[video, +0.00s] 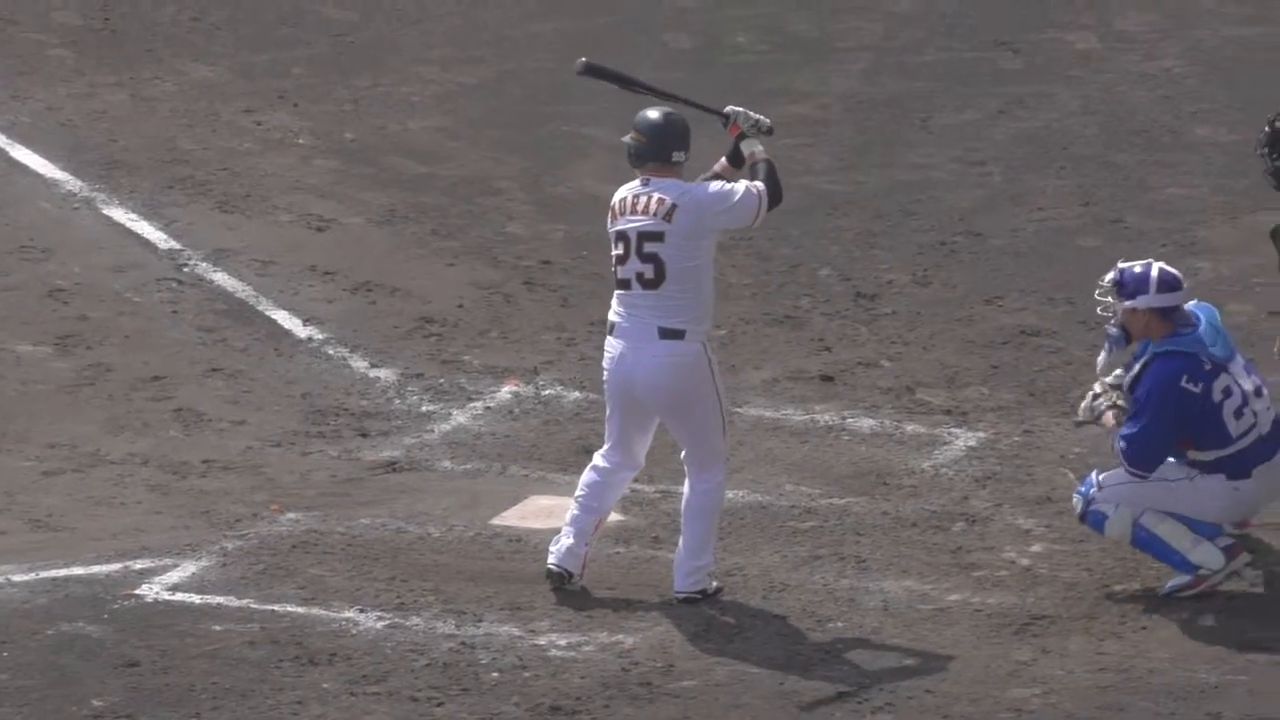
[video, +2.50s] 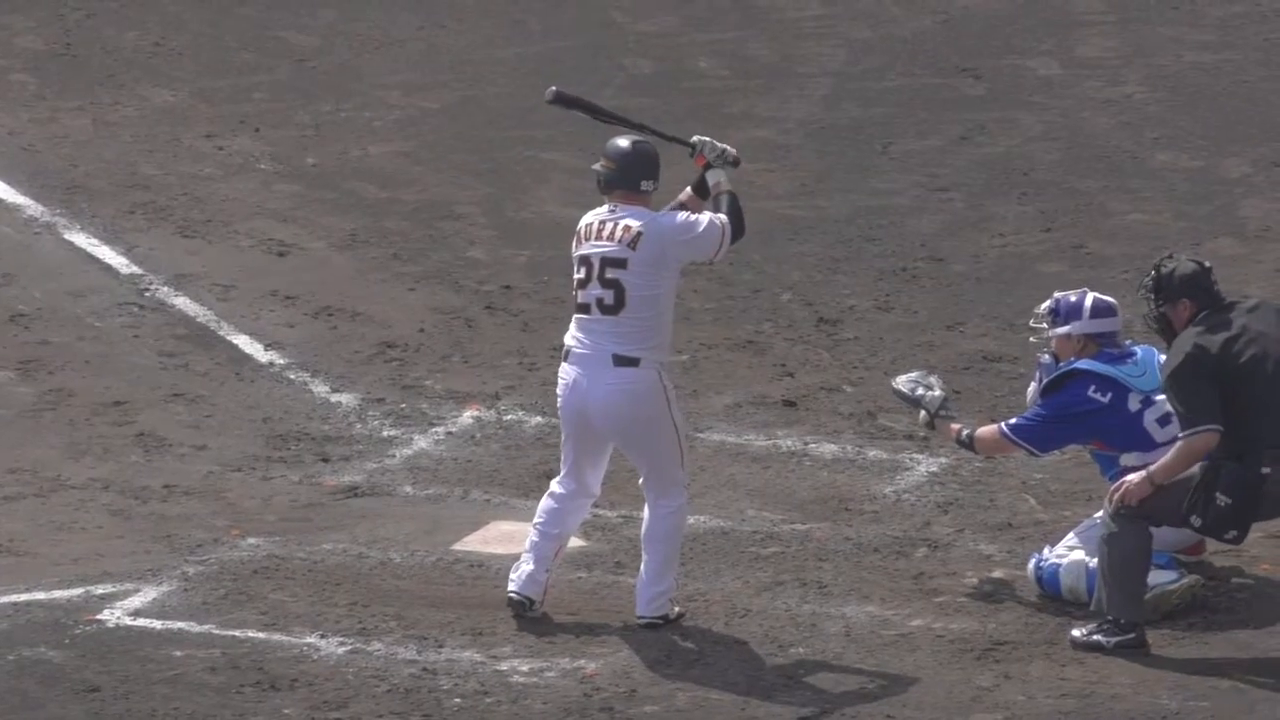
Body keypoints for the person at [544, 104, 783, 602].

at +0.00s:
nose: (631, 154)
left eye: (633, 148)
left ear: (637, 152)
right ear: (683, 152)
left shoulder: (621, 201)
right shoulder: (701, 200)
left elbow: (701, 188)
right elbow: (769, 193)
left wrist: (737, 145)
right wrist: (757, 148)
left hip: (619, 351)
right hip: (680, 357)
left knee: (617, 454)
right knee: (705, 465)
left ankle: (565, 554)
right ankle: (692, 579)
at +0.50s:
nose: (614, 172)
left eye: (617, 166)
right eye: (666, 166)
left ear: (620, 170)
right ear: (667, 168)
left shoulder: (604, 215)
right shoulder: (683, 215)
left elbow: (681, 202)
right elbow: (749, 208)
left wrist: (718, 155)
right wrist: (734, 161)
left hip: (600, 365)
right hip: (660, 371)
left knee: (595, 472)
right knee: (685, 482)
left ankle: (544, 574)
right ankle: (673, 596)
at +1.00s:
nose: (607, 176)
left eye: (611, 171)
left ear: (615, 175)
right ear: (662, 177)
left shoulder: (598, 221)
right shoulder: (677, 224)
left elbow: (676, 212)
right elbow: (742, 221)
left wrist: (713, 167)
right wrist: (730, 172)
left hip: (591, 373)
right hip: (652, 380)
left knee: (588, 480)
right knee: (679, 488)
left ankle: (539, 583)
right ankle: (668, 604)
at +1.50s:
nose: (604, 176)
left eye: (608, 169)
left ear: (611, 173)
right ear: (656, 174)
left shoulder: (595, 221)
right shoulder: (675, 222)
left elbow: (675, 213)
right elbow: (741, 221)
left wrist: (712, 169)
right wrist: (732, 175)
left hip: (592, 372)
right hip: (653, 378)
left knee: (589, 475)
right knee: (679, 485)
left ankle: (537, 576)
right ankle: (665, 598)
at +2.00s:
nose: (606, 175)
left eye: (610, 168)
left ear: (612, 173)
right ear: (659, 173)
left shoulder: (595, 220)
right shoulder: (675, 221)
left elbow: (670, 214)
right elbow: (740, 221)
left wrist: (711, 173)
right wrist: (731, 175)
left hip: (589, 372)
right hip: (650, 378)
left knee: (585, 476)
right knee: (675, 486)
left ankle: (534, 576)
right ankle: (661, 599)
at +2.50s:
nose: (599, 179)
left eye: (603, 173)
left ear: (605, 179)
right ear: (653, 181)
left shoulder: (587, 225)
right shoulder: (665, 229)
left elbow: (662, 220)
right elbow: (731, 226)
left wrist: (704, 176)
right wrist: (720, 178)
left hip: (574, 377)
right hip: (636, 383)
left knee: (573, 481)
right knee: (666, 491)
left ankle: (525, 583)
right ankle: (654, 604)